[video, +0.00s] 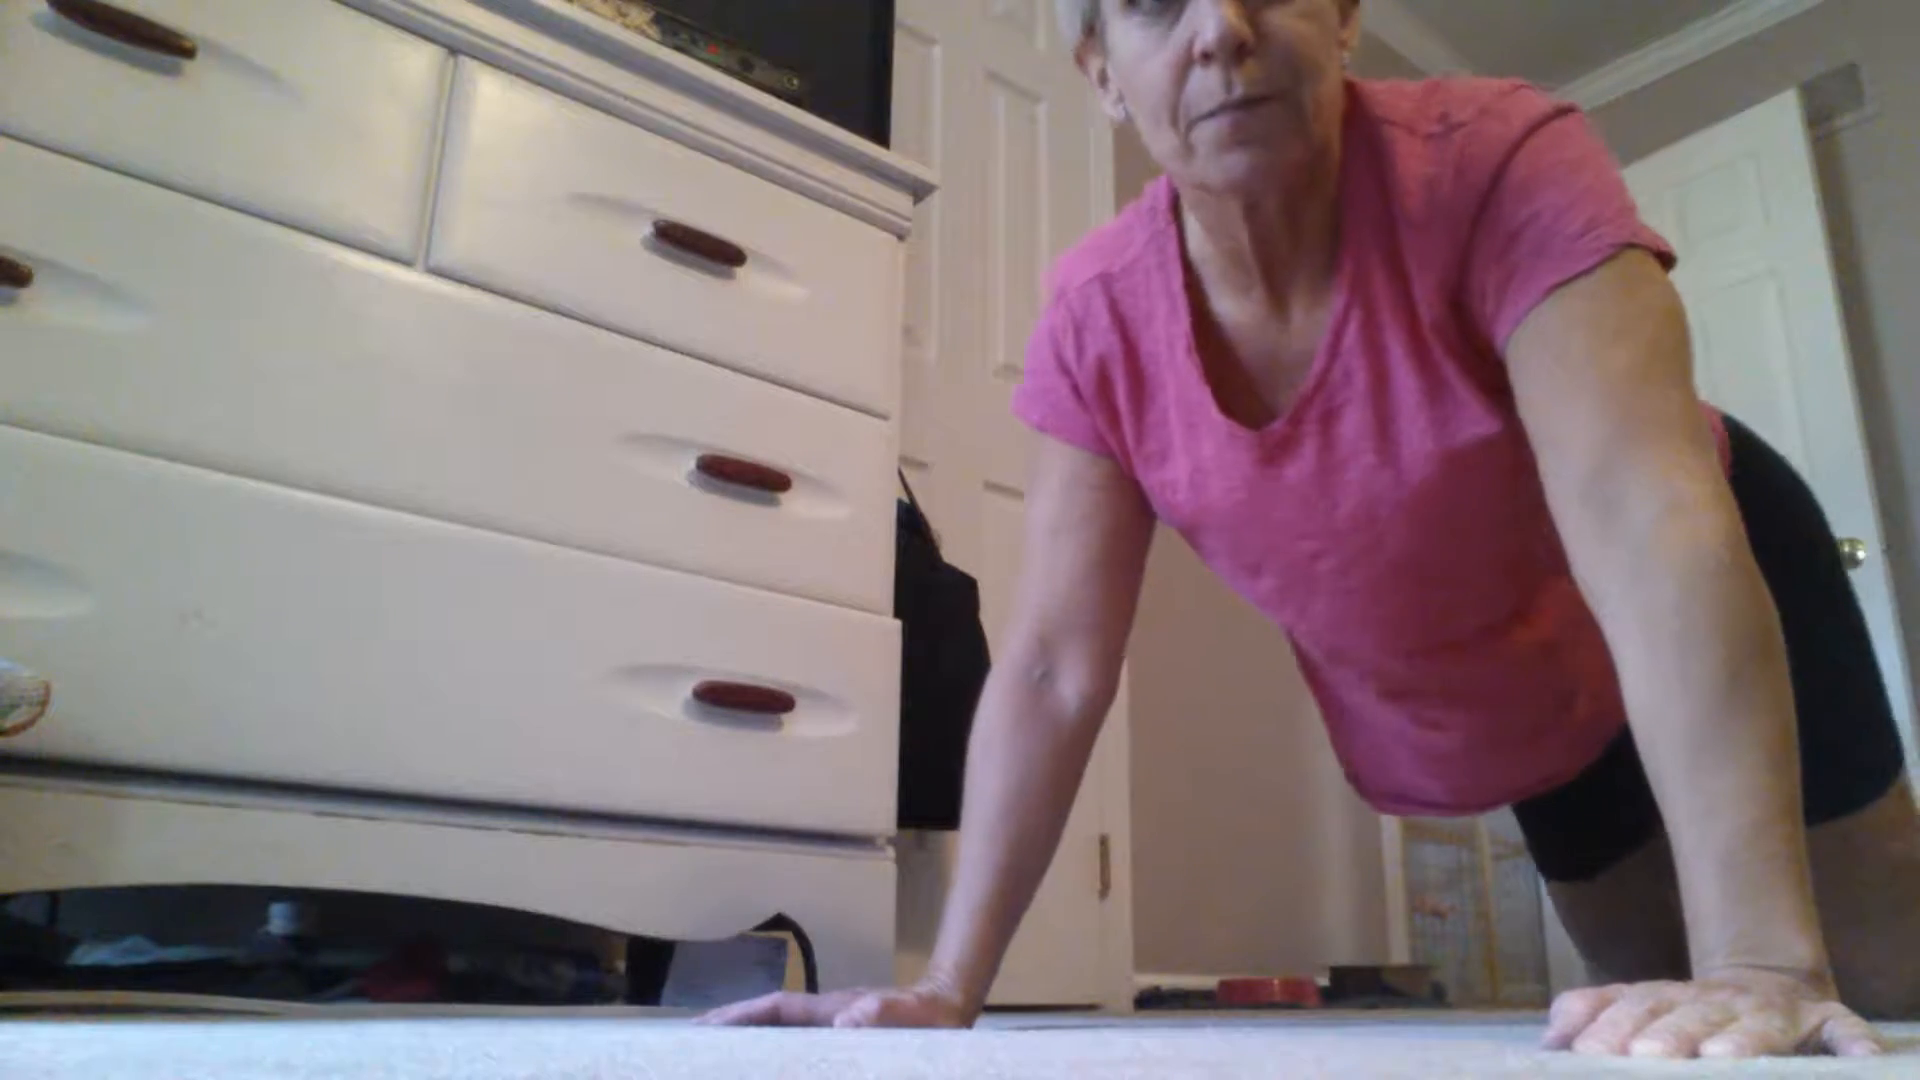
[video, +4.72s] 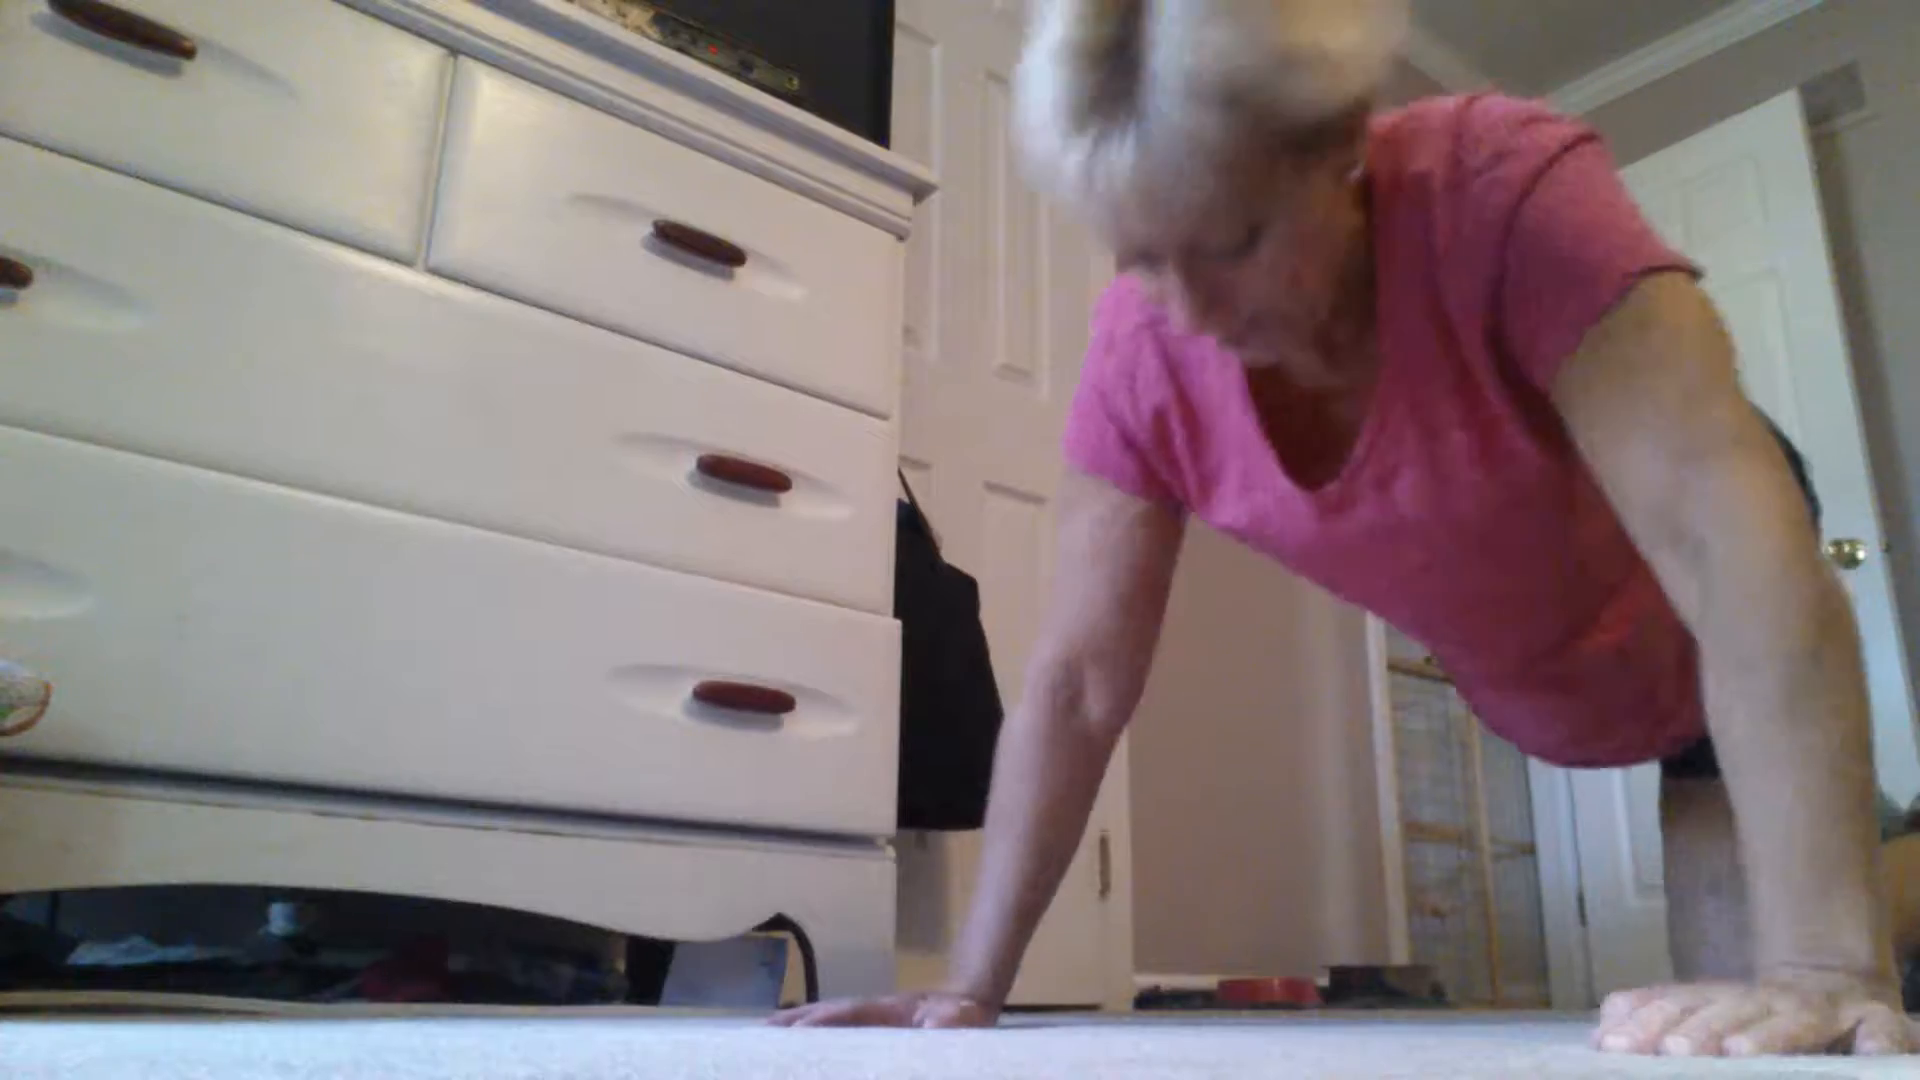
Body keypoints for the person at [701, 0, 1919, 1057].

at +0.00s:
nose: (1220, 35)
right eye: (1160, 8)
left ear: (1341, 24)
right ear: (1102, 76)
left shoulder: (1502, 162)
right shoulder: (1102, 316)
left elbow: (1654, 520)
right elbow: (1050, 667)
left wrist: (1763, 967)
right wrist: (950, 980)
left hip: (1706, 603)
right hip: (1523, 726)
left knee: (1868, 987)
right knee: (1661, 1023)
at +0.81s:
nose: (1116, 143)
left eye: (1154, 74)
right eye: (1062, 108)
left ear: (1261, 64)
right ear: (1032, 140)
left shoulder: (1437, 192)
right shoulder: (1083, 331)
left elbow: (1630, 538)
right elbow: (1043, 675)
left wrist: (1756, 973)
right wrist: (949, 985)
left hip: (1682, 542)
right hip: (1504, 657)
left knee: (1777, 948)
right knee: (1644, 997)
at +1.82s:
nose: (1099, 195)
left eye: (1145, 120)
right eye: (1057, 139)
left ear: (1300, 58)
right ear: (1029, 122)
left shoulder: (1510, 153)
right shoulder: (1120, 317)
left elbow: (1706, 516)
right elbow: (1060, 672)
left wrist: (1767, 966)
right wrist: (950, 983)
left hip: (1694, 583)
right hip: (1529, 694)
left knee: (1784, 920)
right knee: (1691, 843)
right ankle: (1867, 925)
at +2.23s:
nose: (1267, 140)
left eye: (1316, 60)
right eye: (1206, 90)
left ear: (1415, 28)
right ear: (1159, 95)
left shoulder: (1583, 129)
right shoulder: (1175, 308)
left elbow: (1728, 515)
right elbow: (1086, 681)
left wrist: (1769, 966)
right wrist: (954, 981)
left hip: (1739, 576)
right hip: (1562, 673)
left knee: (1775, 924)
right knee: (1751, 910)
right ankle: (1877, 926)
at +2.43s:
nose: (1382, 116)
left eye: (1432, 45)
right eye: (1313, 62)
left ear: (1500, 33)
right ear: (1222, 71)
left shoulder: (1625, 131)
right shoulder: (1196, 302)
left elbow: (1736, 518)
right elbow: (1092, 676)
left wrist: (1770, 965)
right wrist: (953, 980)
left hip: (1751, 578)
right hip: (1556, 678)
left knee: (1777, 932)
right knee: (1765, 925)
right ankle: (1876, 922)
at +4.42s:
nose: (1217, 142)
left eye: (1258, 77)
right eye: (1173, 97)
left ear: (1389, 48)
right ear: (1141, 95)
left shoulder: (1558, 134)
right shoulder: (1183, 304)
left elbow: (1722, 502)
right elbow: (1087, 667)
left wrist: (1751, 931)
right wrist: (951, 981)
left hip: (1734, 566)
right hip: (1560, 670)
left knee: (1767, 944)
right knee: (1790, 903)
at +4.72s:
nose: (1195, 302)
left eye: (1232, 248)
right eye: (1152, 261)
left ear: (1343, 162)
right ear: (1111, 228)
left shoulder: (1501, 195)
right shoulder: (1142, 349)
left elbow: (1731, 518)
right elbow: (1080, 678)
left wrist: (1820, 976)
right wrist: (966, 991)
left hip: (1754, 621)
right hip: (1641, 703)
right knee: (1729, 1016)